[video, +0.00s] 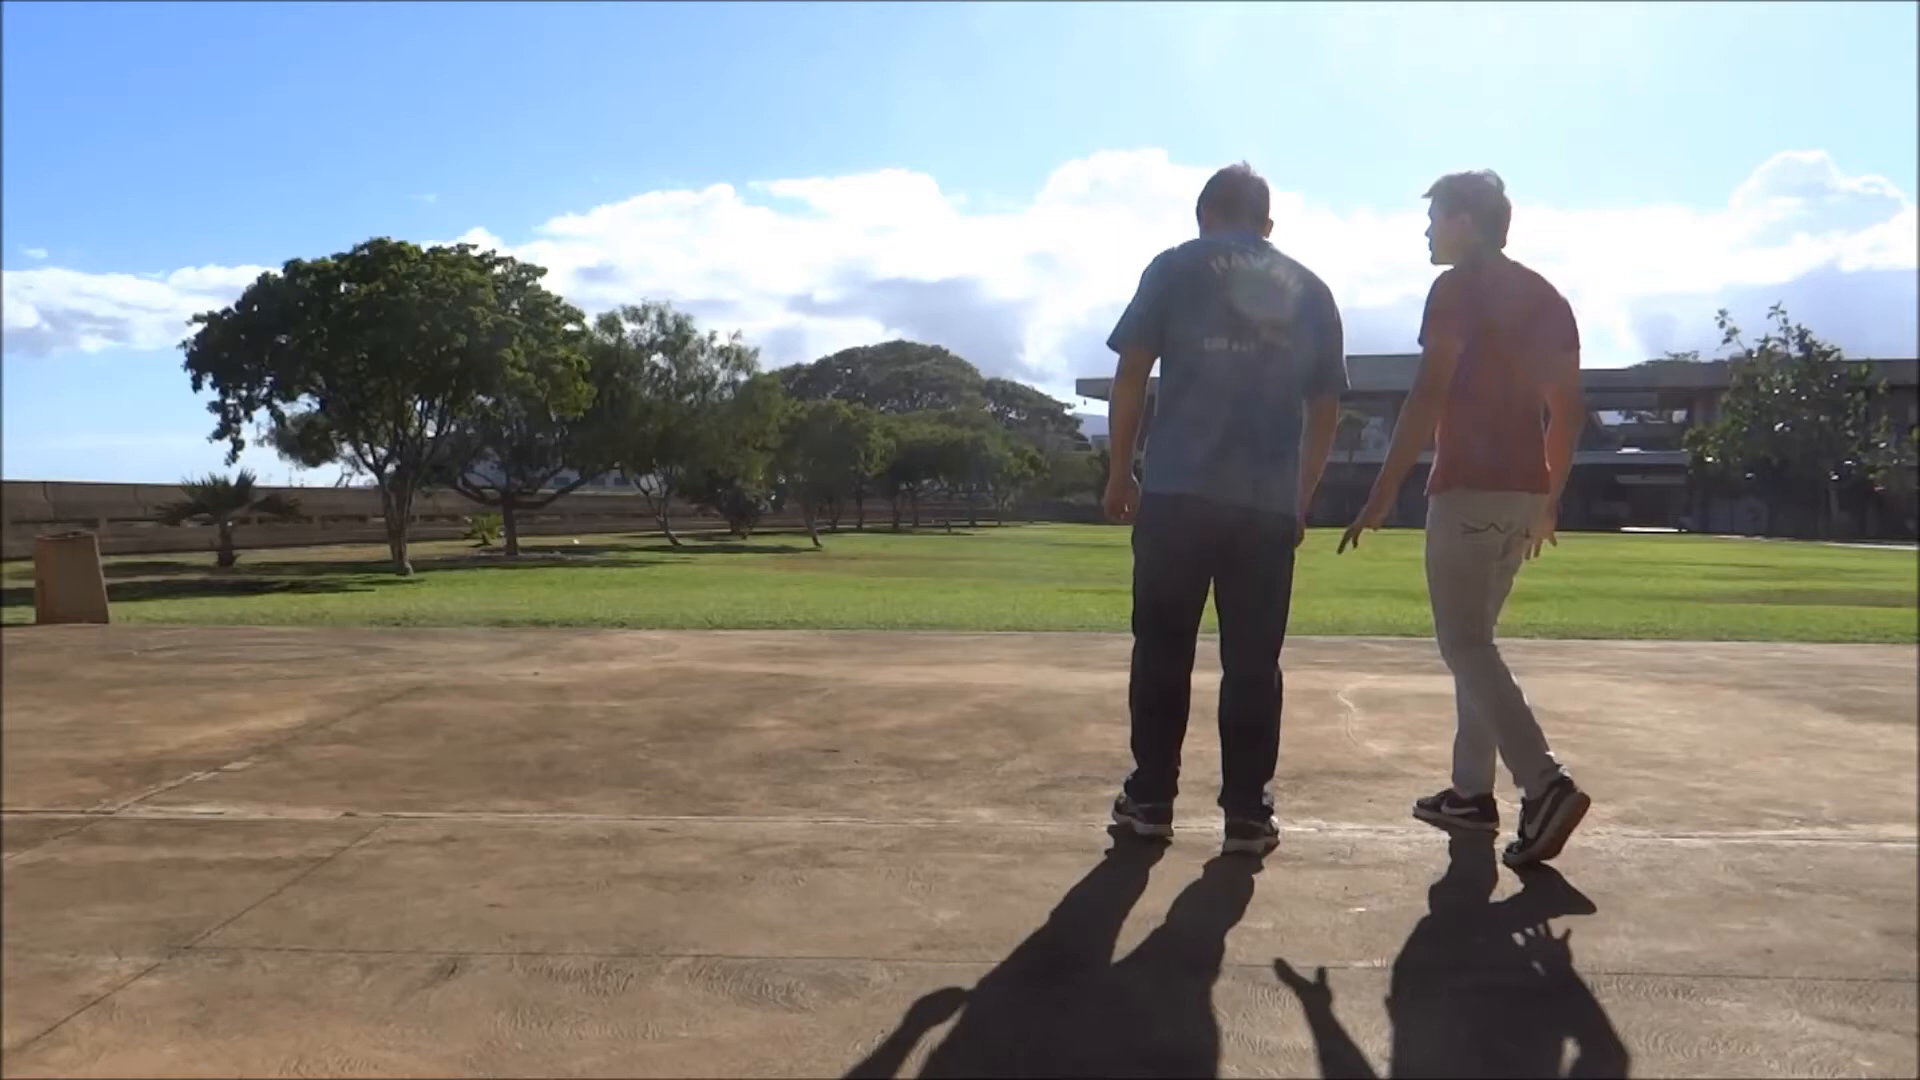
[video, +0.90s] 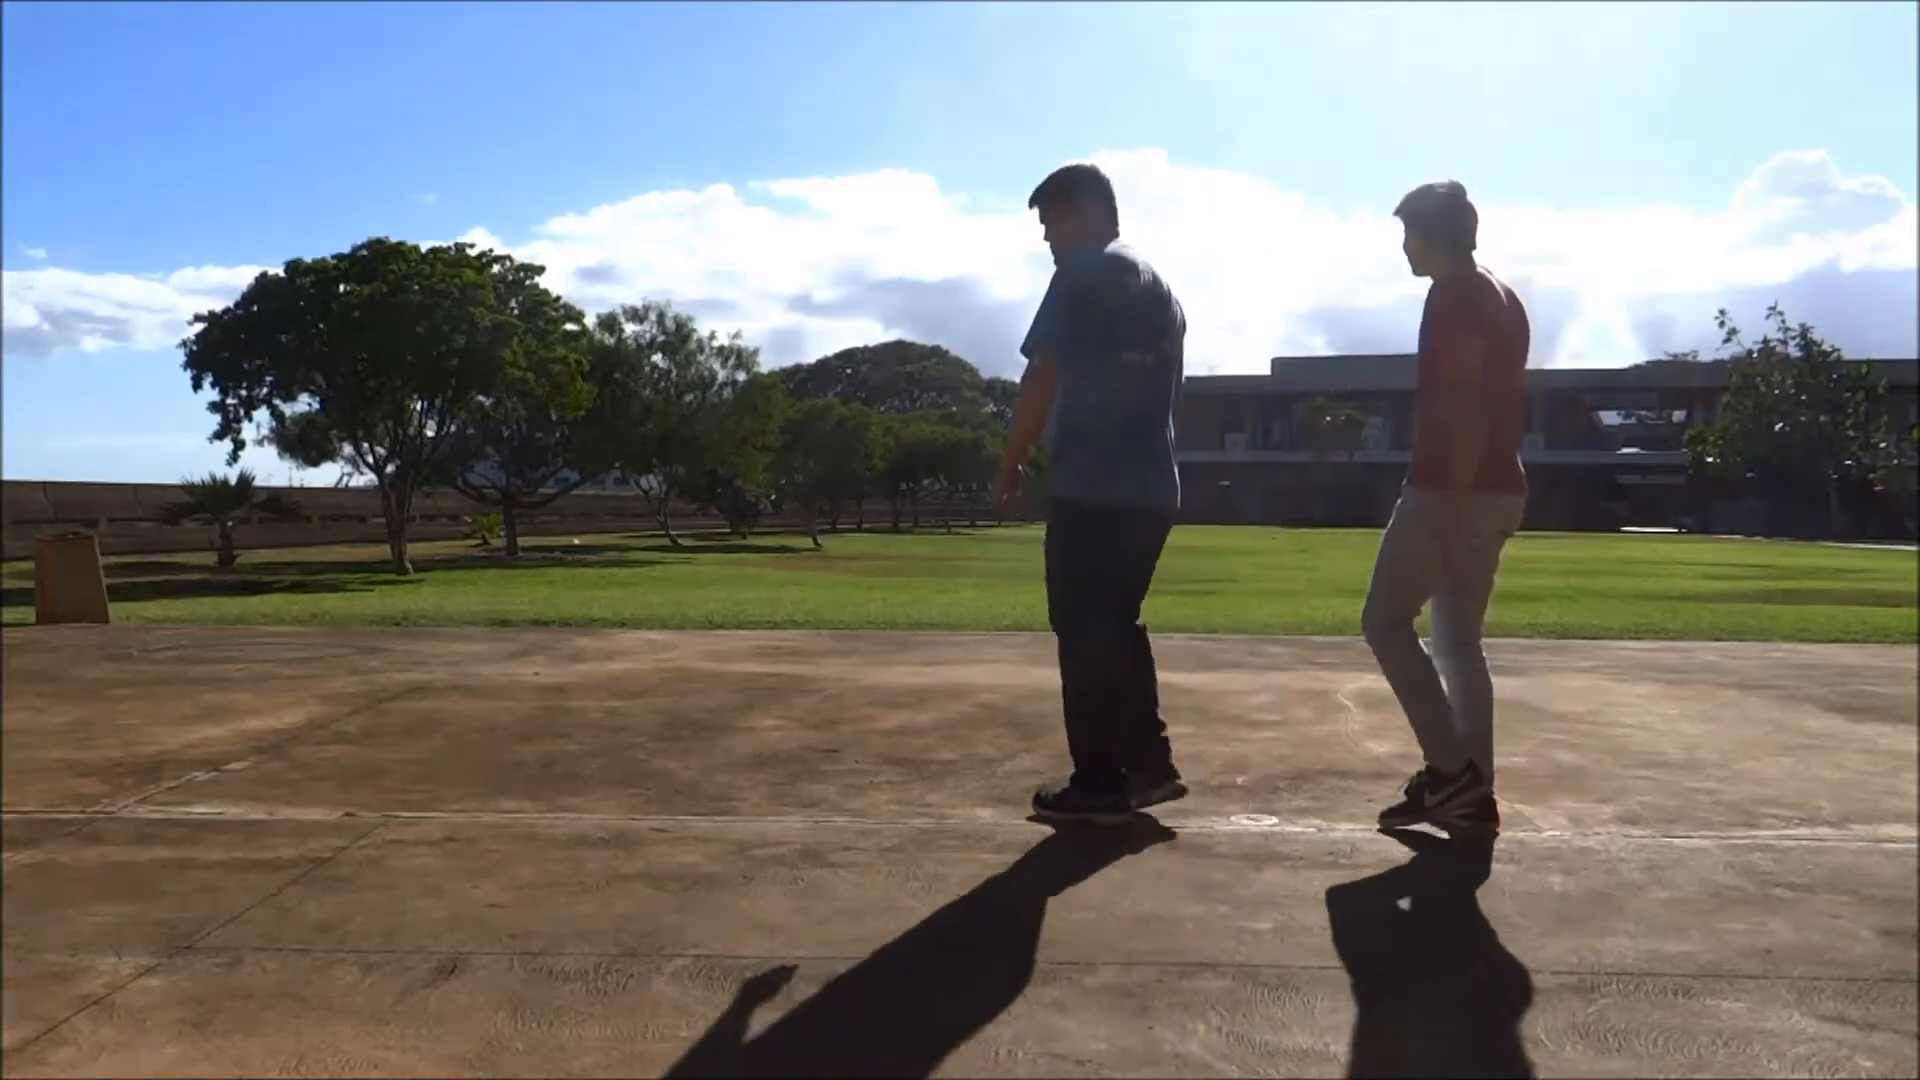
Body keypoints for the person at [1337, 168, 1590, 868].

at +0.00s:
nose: (1428, 230)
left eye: (1436, 218)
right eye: (1430, 218)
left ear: (1467, 223)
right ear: (1491, 224)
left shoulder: (1453, 289)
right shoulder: (1551, 300)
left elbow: (1428, 397)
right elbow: (1566, 410)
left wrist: (1382, 491)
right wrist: (1548, 499)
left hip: (1465, 491)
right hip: (1530, 494)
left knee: (1462, 640)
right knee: (1474, 641)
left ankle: (1545, 786)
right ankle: (1470, 794)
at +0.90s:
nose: (1402, 246)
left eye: (1406, 234)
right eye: (1402, 233)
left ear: (1430, 235)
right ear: (1462, 232)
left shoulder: (1452, 298)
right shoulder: (1505, 301)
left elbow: (1465, 406)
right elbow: (1499, 408)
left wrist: (1448, 498)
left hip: (1445, 490)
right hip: (1495, 492)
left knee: (1384, 622)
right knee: (1458, 636)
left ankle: (1448, 770)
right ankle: (1473, 794)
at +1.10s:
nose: (1396, 253)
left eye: (1398, 240)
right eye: (1396, 240)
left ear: (1415, 238)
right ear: (1453, 232)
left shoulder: (1451, 304)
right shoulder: (1487, 303)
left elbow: (1479, 408)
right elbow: (1458, 425)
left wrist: (1480, 496)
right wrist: (1405, 494)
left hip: (1438, 496)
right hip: (1483, 499)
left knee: (1371, 624)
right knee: (1453, 642)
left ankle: (1368, 780)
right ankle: (1472, 792)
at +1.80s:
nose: (1345, 247)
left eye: (1354, 234)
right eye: (1346, 235)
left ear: (1392, 237)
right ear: (1376, 241)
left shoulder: (1429, 306)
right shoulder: (1393, 320)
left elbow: (1472, 400)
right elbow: (1381, 431)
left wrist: (1460, 500)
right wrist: (1322, 501)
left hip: (1403, 506)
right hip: (1406, 504)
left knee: (1341, 632)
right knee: (1416, 651)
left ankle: (1321, 785)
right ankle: (1469, 794)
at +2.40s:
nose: (1310, 237)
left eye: (1320, 223)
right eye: (1306, 224)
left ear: (1354, 225)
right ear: (1305, 230)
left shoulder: (1390, 307)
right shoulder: (1316, 316)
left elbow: (1426, 409)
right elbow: (1314, 421)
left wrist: (1395, 489)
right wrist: (1283, 504)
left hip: (1356, 493)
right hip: (1319, 495)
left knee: (1314, 632)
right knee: (1341, 638)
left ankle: (1320, 781)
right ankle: (1442, 753)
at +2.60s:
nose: (1284, 231)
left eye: (1294, 216)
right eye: (1281, 219)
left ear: (1329, 219)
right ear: (1284, 225)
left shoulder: (1369, 301)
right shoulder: (1297, 311)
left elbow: (1396, 403)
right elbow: (1306, 409)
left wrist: (1347, 484)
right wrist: (1282, 485)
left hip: (1337, 493)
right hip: (1291, 490)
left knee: (1309, 629)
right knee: (1264, 623)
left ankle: (1319, 778)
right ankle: (1362, 736)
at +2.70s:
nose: (1269, 229)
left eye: (1277, 215)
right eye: (1268, 217)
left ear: (1312, 217)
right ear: (1281, 223)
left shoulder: (1358, 297)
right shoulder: (1286, 311)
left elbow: (1381, 400)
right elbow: (1292, 403)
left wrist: (1321, 474)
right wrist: (1279, 474)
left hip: (1328, 488)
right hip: (1282, 483)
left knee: (1310, 632)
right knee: (1242, 619)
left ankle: (1320, 780)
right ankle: (1299, 755)